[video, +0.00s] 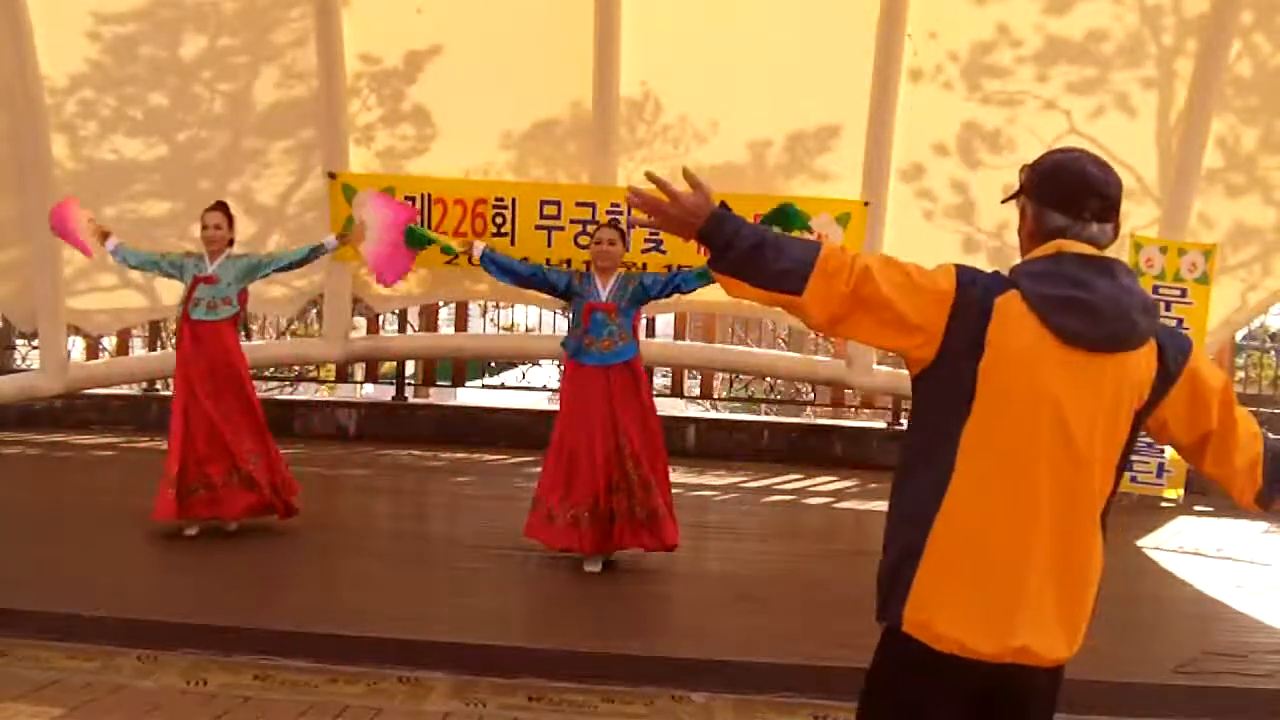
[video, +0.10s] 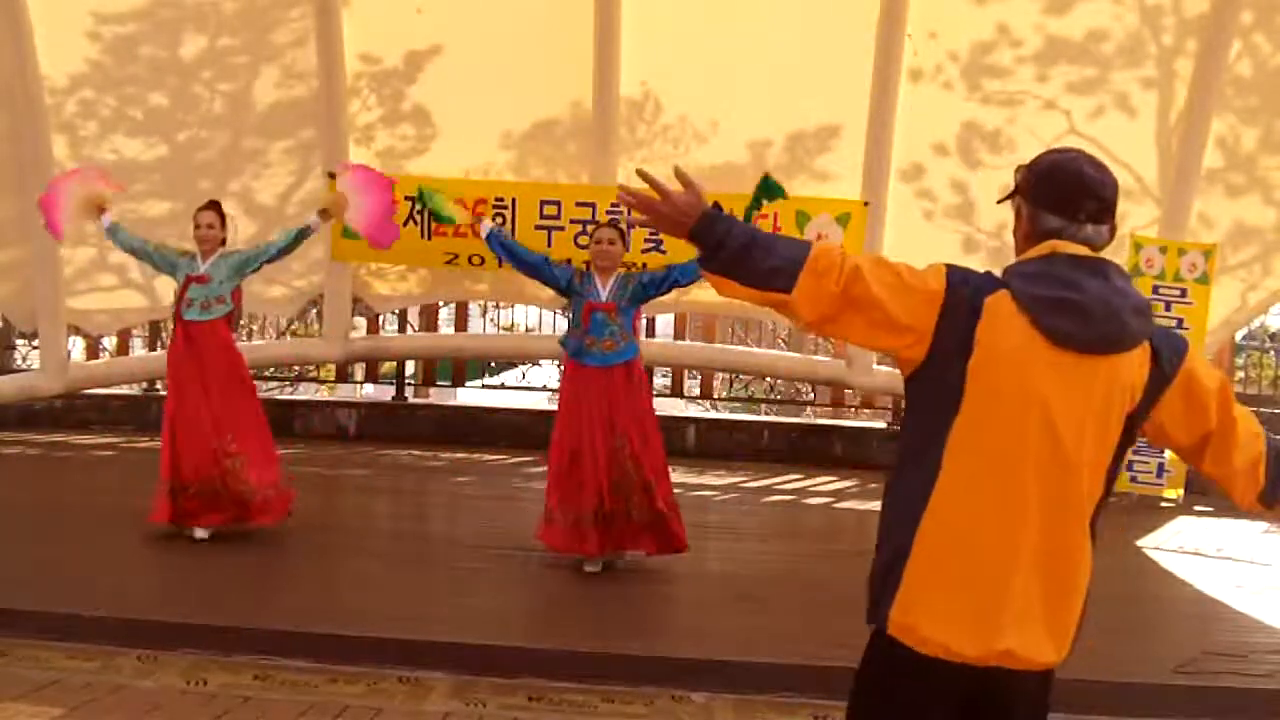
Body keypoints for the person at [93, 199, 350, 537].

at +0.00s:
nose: (211, 233)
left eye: (218, 227)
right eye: (206, 228)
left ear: (231, 233)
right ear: (199, 232)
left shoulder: (242, 265)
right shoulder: (188, 265)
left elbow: (288, 260)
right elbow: (148, 261)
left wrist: (334, 242)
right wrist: (109, 242)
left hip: (224, 358)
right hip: (191, 358)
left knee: (227, 427)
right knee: (193, 430)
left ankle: (231, 508)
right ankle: (194, 511)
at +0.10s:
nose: (204, 232)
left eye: (211, 226)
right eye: (199, 226)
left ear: (224, 232)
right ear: (193, 231)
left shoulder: (233, 263)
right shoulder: (182, 264)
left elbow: (276, 248)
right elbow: (142, 248)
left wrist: (317, 220)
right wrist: (106, 220)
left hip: (218, 357)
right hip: (184, 358)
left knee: (215, 431)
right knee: (187, 432)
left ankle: (211, 514)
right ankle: (192, 513)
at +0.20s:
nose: (197, 232)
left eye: (204, 227)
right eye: (192, 226)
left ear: (217, 232)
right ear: (185, 230)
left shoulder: (226, 263)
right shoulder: (175, 264)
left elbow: (264, 241)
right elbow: (132, 237)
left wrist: (297, 205)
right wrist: (102, 198)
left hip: (214, 363)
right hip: (178, 364)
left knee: (214, 435)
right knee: (177, 438)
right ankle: (177, 520)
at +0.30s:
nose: (195, 233)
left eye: (202, 228)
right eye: (190, 227)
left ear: (213, 232)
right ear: (182, 230)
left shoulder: (218, 265)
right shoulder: (172, 263)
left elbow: (251, 238)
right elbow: (135, 235)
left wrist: (276, 201)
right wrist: (106, 191)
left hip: (207, 365)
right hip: (173, 364)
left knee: (205, 437)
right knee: (171, 438)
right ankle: (170, 522)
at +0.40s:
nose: (192, 232)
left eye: (199, 226)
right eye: (187, 226)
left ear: (210, 232)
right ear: (179, 230)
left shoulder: (214, 266)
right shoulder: (168, 263)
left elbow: (240, 237)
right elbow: (133, 232)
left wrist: (254, 191)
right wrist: (109, 182)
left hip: (203, 366)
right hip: (167, 365)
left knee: (207, 438)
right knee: (166, 438)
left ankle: (209, 523)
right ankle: (164, 524)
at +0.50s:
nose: (188, 231)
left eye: (195, 226)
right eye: (182, 225)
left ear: (207, 233)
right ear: (174, 229)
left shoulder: (210, 267)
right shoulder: (164, 263)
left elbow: (230, 238)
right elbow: (130, 229)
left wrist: (233, 194)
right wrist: (112, 178)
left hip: (194, 369)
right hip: (160, 368)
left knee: (198, 444)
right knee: (157, 443)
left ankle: (204, 527)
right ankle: (156, 527)